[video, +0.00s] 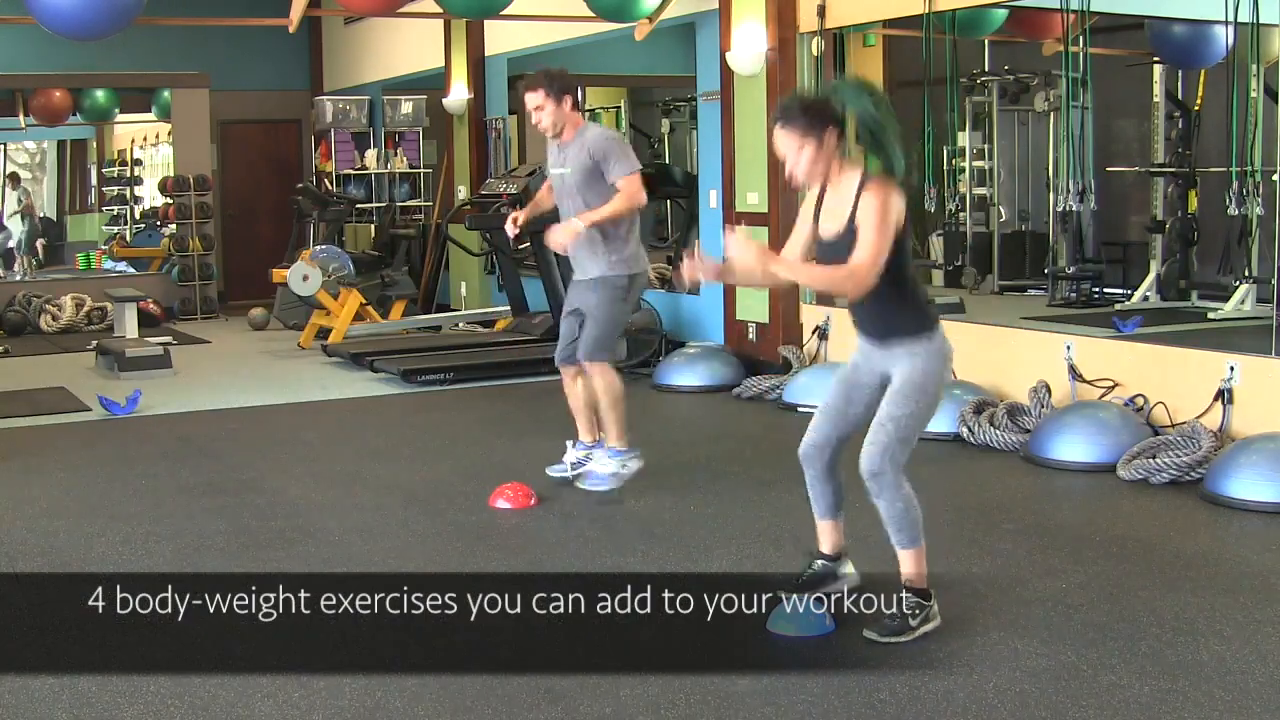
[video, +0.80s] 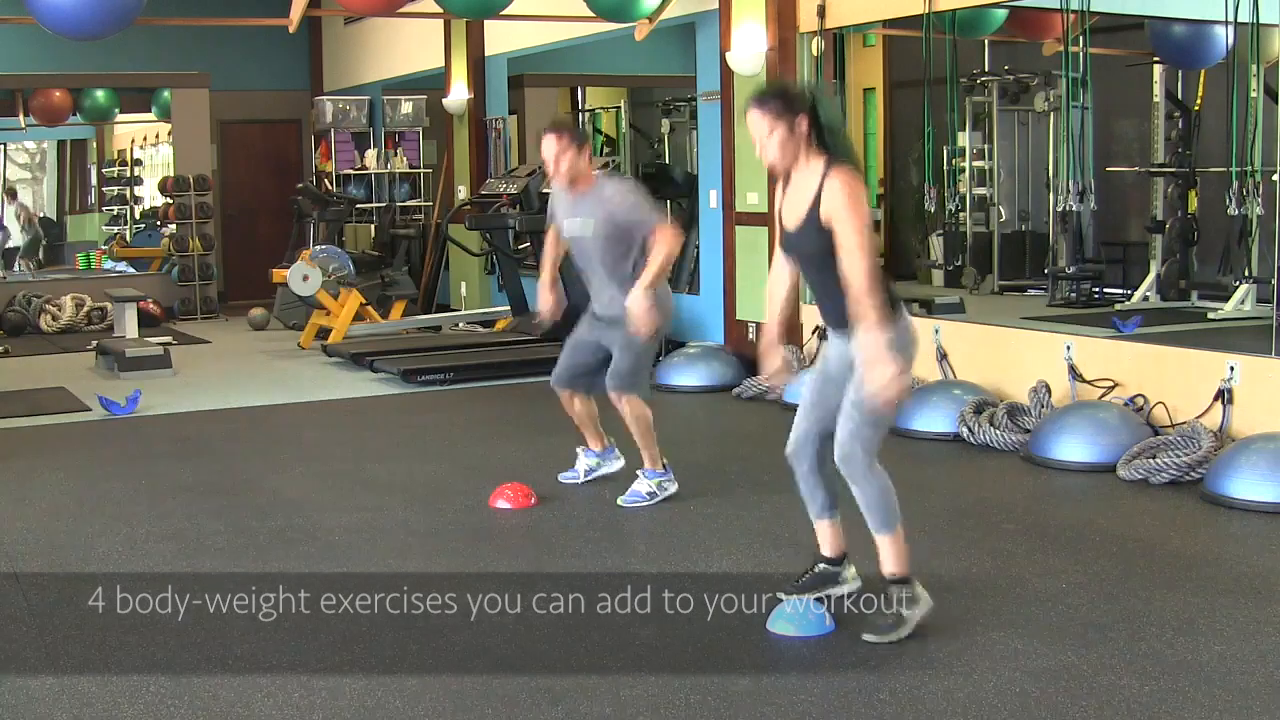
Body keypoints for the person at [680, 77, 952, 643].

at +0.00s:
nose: (787, 166)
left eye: (791, 153)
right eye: (783, 157)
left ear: (827, 139)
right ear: (813, 145)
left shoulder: (880, 192)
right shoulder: (817, 194)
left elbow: (856, 282)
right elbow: (783, 272)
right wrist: (717, 269)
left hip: (919, 350)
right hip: (871, 349)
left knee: (880, 463)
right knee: (816, 452)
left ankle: (918, 595)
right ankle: (832, 562)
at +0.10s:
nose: (777, 222)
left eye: (785, 210)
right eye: (772, 212)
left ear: (821, 203)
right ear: (772, 210)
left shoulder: (865, 255)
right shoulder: (792, 262)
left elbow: (809, 325)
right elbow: (740, 322)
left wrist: (759, 258)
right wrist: (710, 270)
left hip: (928, 390)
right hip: (875, 387)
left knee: (866, 475)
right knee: (803, 462)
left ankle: (915, 597)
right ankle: (838, 566)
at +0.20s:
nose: (770, 285)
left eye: (780, 273)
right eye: (767, 275)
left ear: (811, 271)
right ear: (765, 278)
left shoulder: (851, 321)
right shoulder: (789, 319)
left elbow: (787, 379)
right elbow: (726, 375)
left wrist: (754, 311)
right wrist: (715, 309)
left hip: (938, 424)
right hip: (880, 422)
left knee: (863, 478)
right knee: (797, 463)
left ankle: (915, 599)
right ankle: (837, 567)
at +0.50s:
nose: (754, 322)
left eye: (761, 309)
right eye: (752, 310)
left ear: (798, 303)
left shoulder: (841, 349)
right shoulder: (779, 355)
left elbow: (784, 422)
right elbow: (724, 410)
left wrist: (714, 368)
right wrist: (684, 374)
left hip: (935, 438)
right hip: (879, 438)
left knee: (861, 481)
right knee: (792, 465)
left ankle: (914, 600)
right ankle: (836, 566)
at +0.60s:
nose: (754, 263)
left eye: (762, 251)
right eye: (752, 252)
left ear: (798, 248)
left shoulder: (836, 301)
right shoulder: (786, 306)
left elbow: (797, 382)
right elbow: (736, 370)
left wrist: (710, 392)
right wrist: (670, 390)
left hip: (924, 410)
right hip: (873, 412)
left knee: (857, 479)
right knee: (790, 463)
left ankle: (915, 598)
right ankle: (836, 567)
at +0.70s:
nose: (756, 206)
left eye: (763, 192)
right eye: (753, 194)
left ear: (800, 186)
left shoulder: (839, 242)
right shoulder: (787, 244)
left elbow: (818, 338)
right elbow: (754, 325)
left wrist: (776, 409)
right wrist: (710, 391)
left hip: (907, 377)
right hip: (860, 379)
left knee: (854, 476)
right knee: (791, 460)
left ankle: (914, 597)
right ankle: (836, 566)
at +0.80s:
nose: (759, 146)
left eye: (765, 133)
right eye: (755, 135)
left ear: (799, 126)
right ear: (781, 132)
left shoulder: (839, 182)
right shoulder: (788, 186)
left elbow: (861, 274)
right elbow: (786, 266)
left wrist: (880, 354)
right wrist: (772, 339)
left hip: (877, 336)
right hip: (837, 338)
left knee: (853, 453)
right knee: (803, 450)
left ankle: (902, 586)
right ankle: (835, 562)